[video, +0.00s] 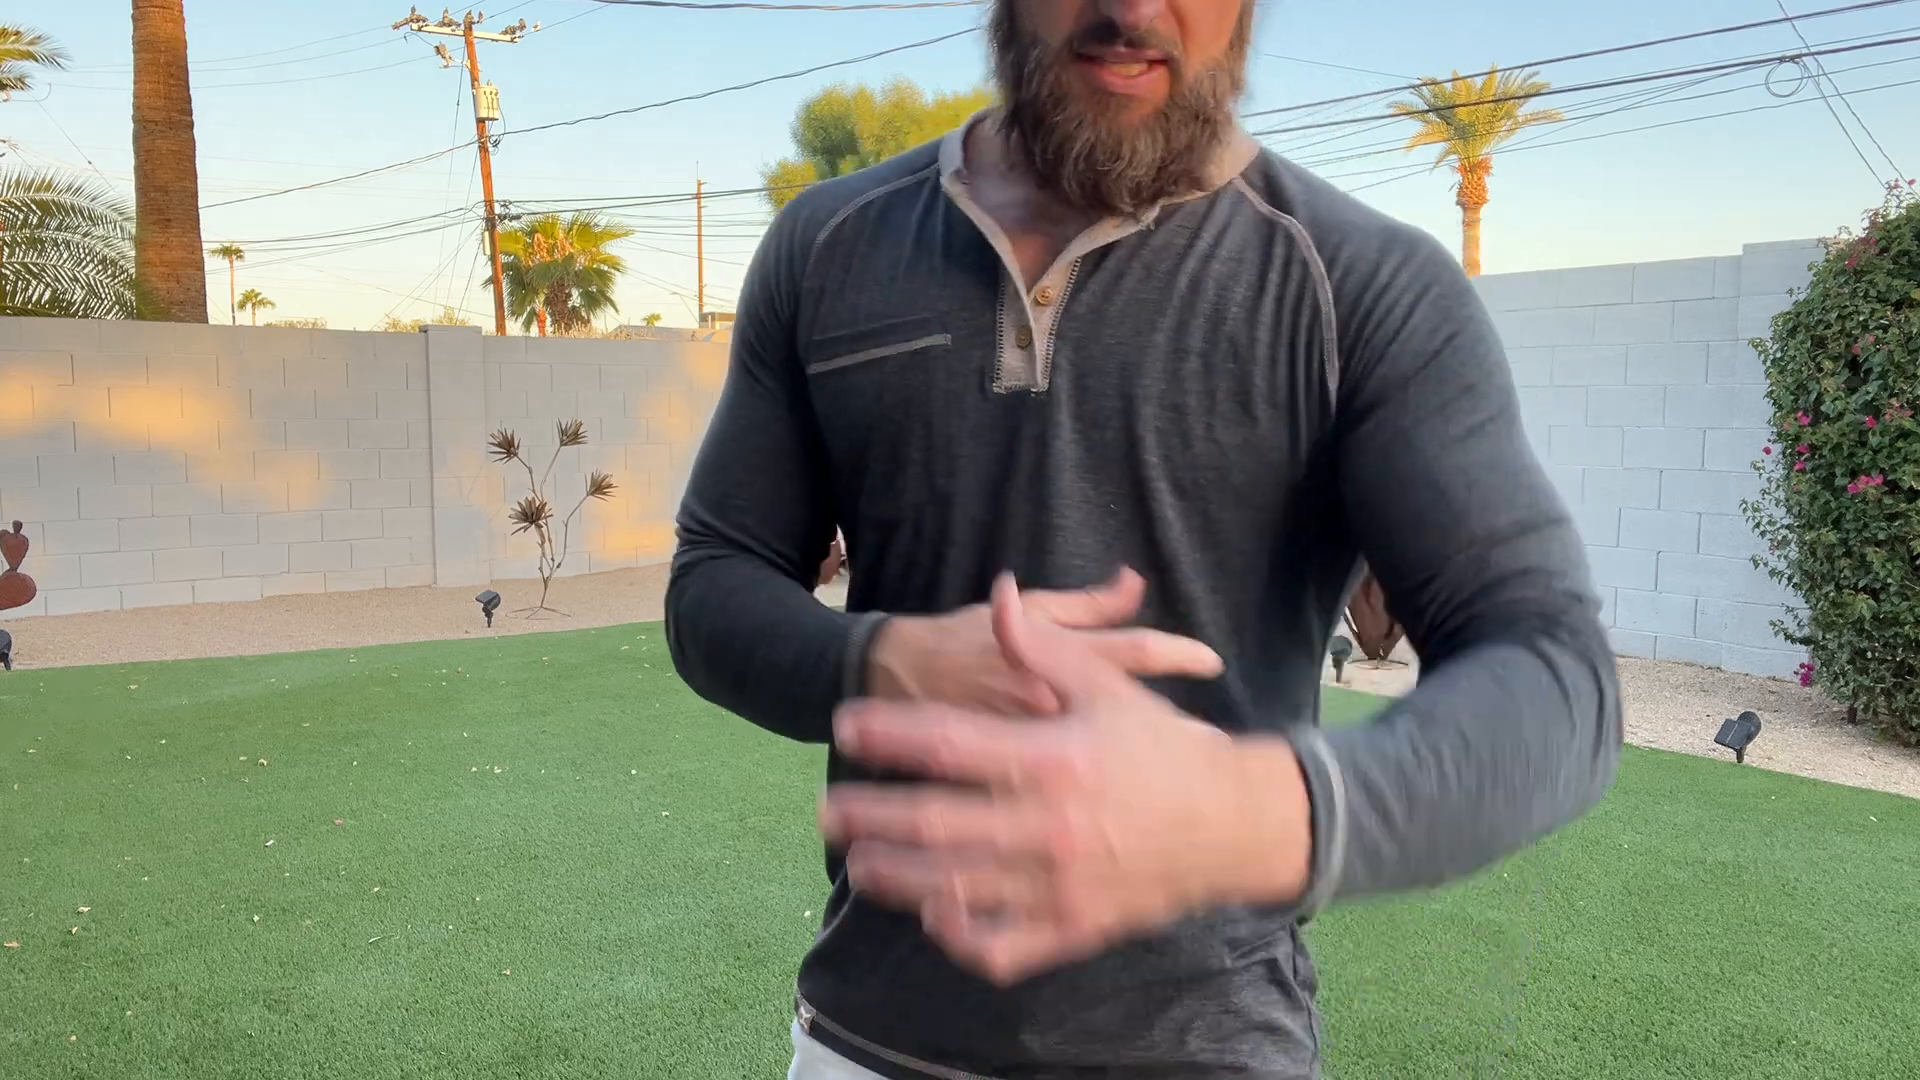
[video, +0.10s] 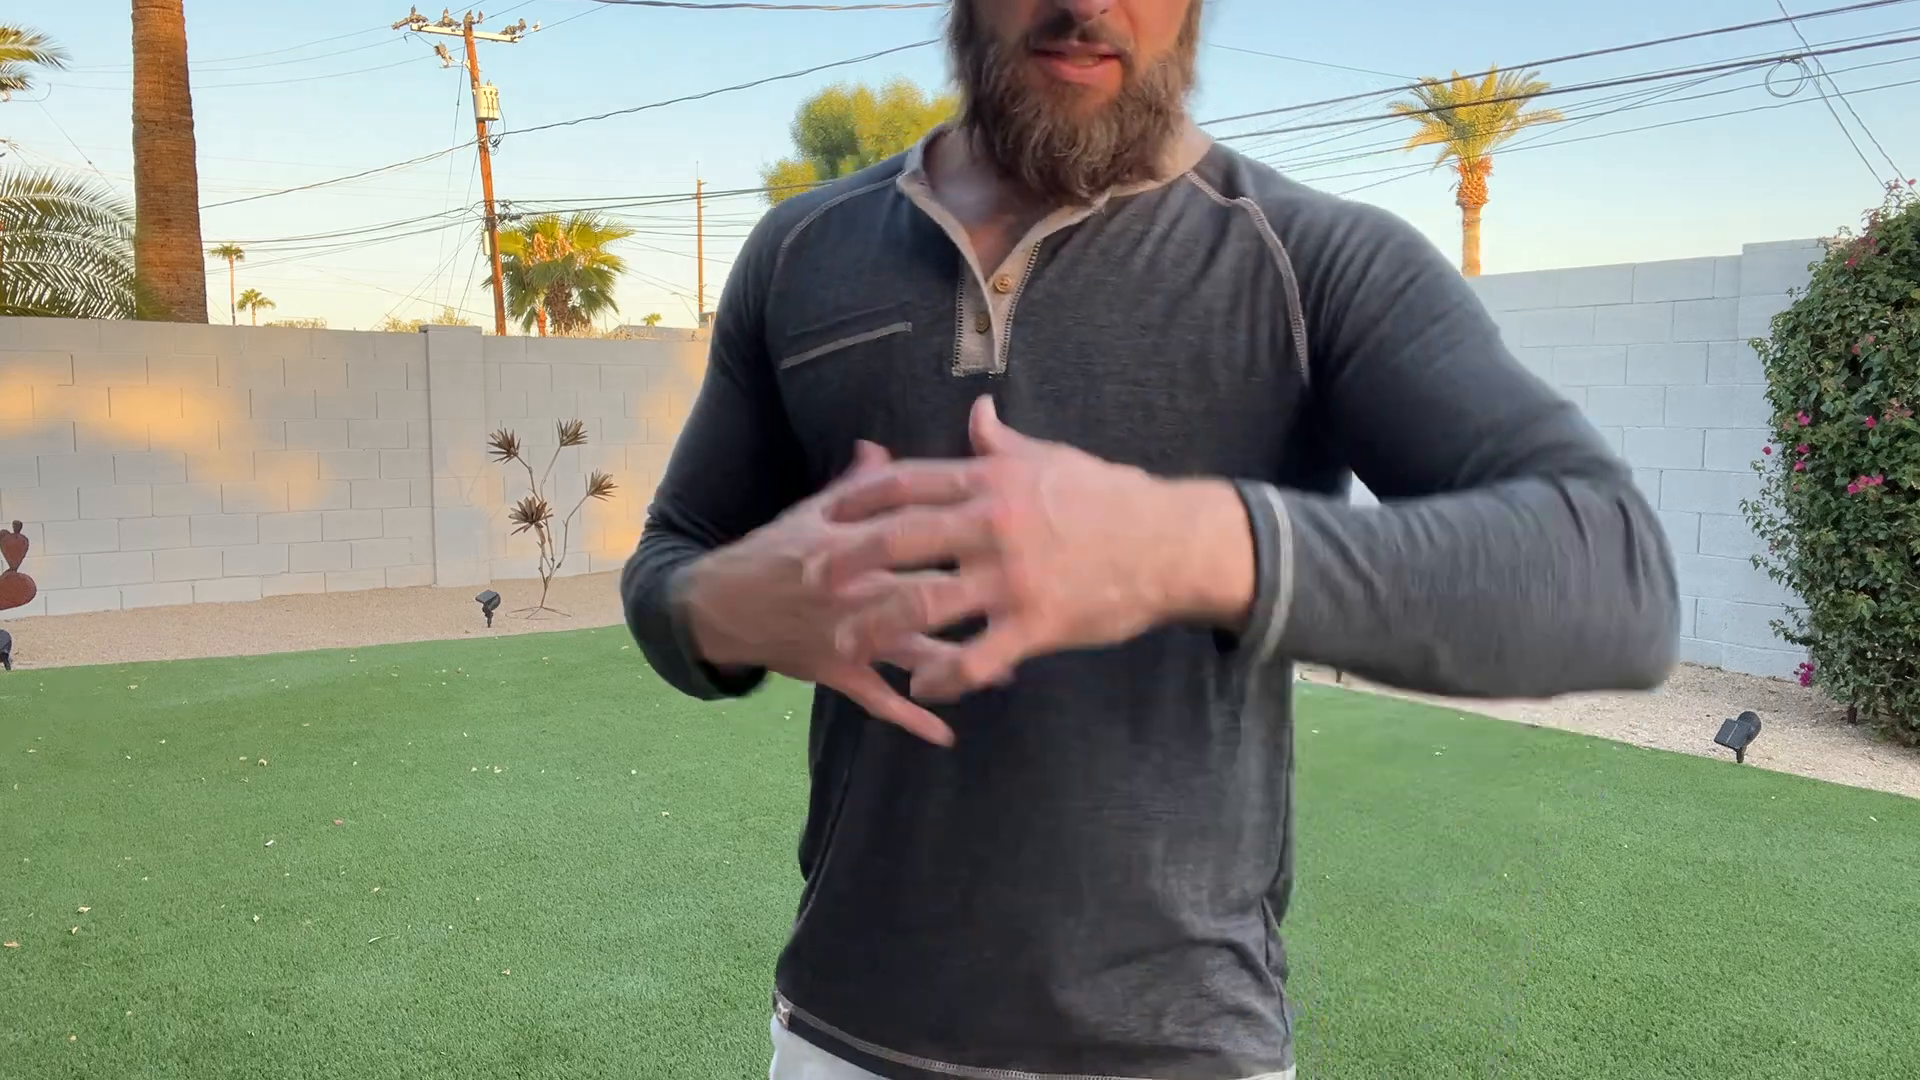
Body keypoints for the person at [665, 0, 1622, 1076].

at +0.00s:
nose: (1133, 7)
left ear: (1243, 15)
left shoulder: (1365, 284)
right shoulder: (827, 253)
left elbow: (1553, 681)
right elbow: (714, 589)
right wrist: (889, 666)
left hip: (1204, 1026)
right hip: (879, 1020)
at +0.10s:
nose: (1076, 1)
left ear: (1195, 5)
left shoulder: (1317, 263)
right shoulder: (802, 260)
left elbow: (1617, 582)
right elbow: (666, 583)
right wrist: (720, 609)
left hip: (1177, 1025)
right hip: (858, 1021)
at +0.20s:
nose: (1041, 17)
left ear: (1151, 7)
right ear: (918, 6)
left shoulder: (1270, 252)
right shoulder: (786, 271)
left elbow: (1577, 490)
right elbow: (692, 583)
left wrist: (1170, 523)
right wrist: (575, 614)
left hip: (1158, 1027)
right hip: (836, 1020)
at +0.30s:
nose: (1002, 38)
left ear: (1108, 23)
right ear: (886, 17)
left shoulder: (1230, 263)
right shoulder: (766, 286)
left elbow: (1499, 483)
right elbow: (688, 586)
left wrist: (1088, 550)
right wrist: (553, 619)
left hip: (1140, 1031)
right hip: (828, 1021)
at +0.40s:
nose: (963, 47)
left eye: (1013, 7)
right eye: (915, 4)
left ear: (1068, 28)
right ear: (853, 24)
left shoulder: (1191, 267)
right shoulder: (739, 294)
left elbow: (1426, 528)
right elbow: (681, 610)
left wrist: (1028, 562)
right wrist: (575, 615)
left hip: (1108, 1008)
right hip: (813, 1007)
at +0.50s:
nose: (933, 50)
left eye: (984, 10)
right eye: (884, 7)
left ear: (1039, 28)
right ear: (824, 22)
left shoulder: (1171, 269)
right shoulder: (717, 302)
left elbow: (1399, 581)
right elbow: (667, 634)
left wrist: (1065, 577)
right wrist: (589, 614)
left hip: (1088, 997)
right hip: (810, 998)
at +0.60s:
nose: (914, 38)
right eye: (865, 0)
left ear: (1018, 16)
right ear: (800, 15)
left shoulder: (1173, 269)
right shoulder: (703, 299)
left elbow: (1363, 596)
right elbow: (663, 652)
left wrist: (1148, 604)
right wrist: (605, 579)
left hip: (1089, 980)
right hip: (816, 983)